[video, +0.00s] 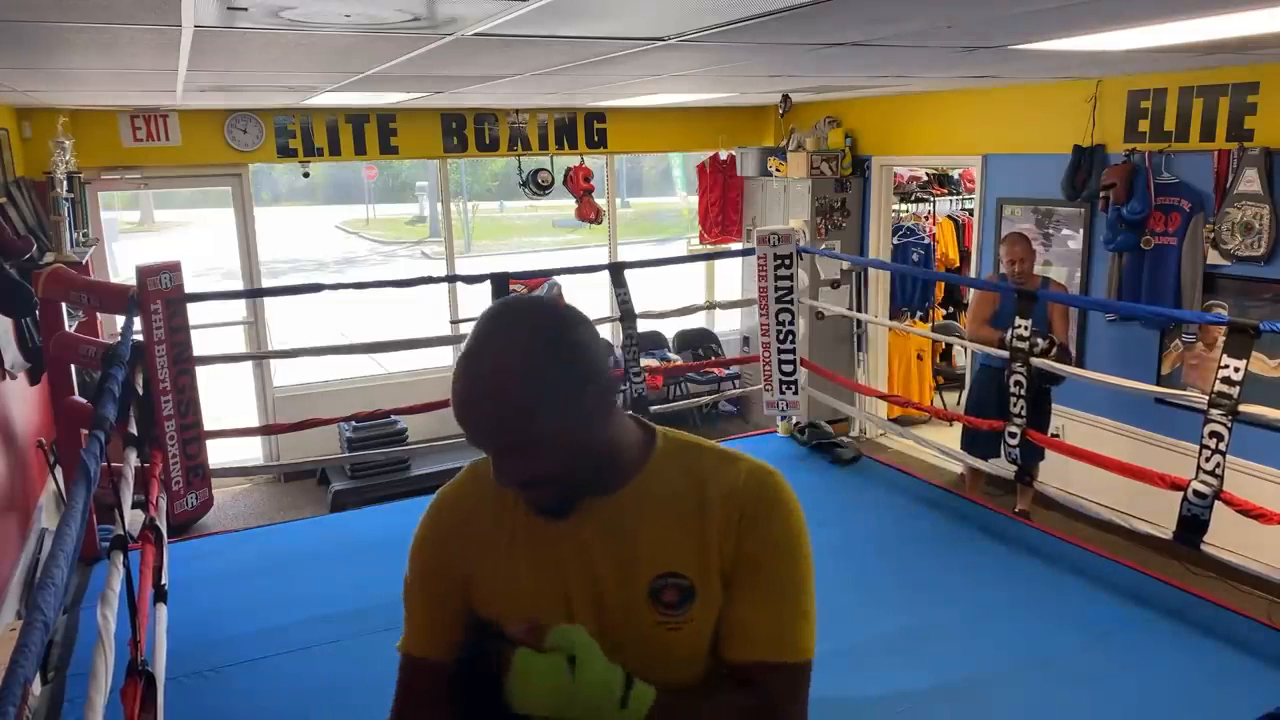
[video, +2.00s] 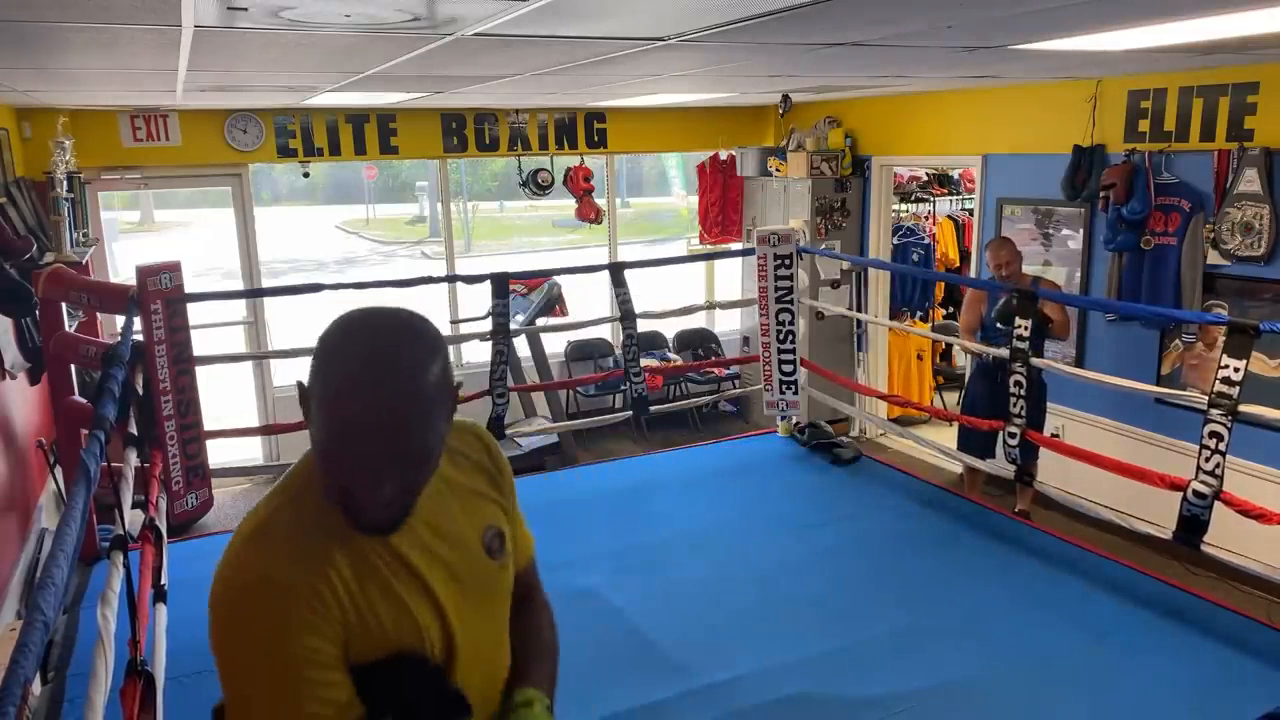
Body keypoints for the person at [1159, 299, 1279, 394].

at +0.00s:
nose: (1220, 327)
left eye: (1223, 323)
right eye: (1215, 322)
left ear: (1226, 327)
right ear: (1201, 325)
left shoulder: (1231, 350)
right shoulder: (1189, 348)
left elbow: (1270, 368)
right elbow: (1163, 370)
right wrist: (1178, 348)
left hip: (1218, 405)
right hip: (1189, 401)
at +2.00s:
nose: (1220, 327)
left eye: (1223, 323)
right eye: (1215, 322)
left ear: (1226, 327)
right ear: (1201, 325)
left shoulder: (1231, 349)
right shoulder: (1189, 348)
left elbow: (1270, 368)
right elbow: (1162, 369)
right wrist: (1181, 350)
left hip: (1218, 405)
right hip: (1189, 401)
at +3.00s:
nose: (1220, 327)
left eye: (1223, 322)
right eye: (1215, 322)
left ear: (1226, 327)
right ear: (1201, 325)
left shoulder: (1231, 349)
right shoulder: (1189, 349)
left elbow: (1270, 368)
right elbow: (1162, 369)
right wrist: (1180, 351)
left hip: (1219, 405)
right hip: (1189, 400)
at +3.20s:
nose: (1220, 327)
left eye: (1223, 323)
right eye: (1215, 322)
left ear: (1226, 327)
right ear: (1201, 325)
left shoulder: (1231, 349)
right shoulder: (1189, 349)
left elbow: (1270, 368)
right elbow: (1162, 369)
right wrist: (1180, 351)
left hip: (1218, 405)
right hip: (1189, 400)